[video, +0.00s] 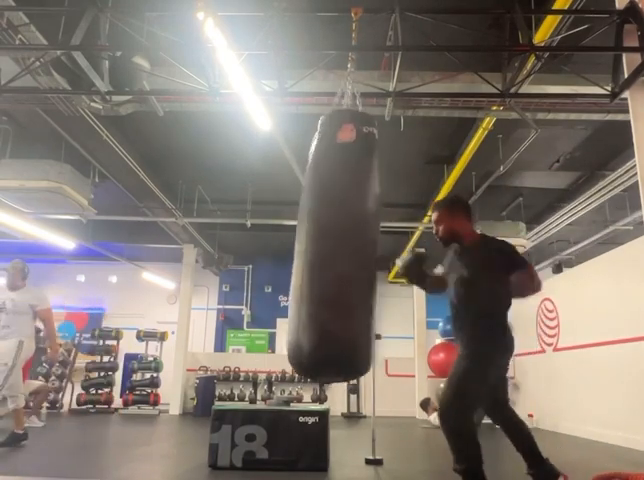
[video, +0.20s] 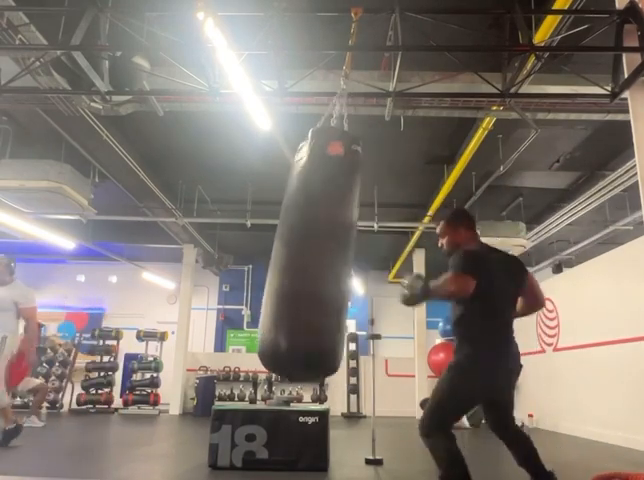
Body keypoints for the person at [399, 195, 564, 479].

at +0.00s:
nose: (435, 230)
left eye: (438, 222)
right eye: (434, 224)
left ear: (458, 219)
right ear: (455, 221)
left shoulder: (495, 249)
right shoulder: (455, 254)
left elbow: (531, 283)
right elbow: (445, 283)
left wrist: (491, 287)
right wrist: (419, 277)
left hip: (489, 345)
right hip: (474, 344)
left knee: (452, 411)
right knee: (497, 408)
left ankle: (472, 474)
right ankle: (542, 470)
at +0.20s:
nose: (440, 244)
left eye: (442, 236)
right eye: (439, 238)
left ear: (462, 231)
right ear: (469, 232)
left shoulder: (466, 256)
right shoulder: (509, 261)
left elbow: (461, 285)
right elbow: (536, 301)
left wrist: (424, 290)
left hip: (474, 360)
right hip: (506, 360)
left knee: (432, 427)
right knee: (503, 424)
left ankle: (457, 476)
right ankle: (542, 475)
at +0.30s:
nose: (436, 237)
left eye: (437, 229)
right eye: (433, 231)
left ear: (456, 221)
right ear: (460, 222)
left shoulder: (467, 253)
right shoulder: (502, 242)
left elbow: (473, 303)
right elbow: (534, 270)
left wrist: (438, 298)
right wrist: (500, 284)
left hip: (481, 355)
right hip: (511, 349)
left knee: (444, 423)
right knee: (507, 411)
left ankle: (462, 475)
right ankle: (537, 470)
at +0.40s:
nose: (436, 231)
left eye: (437, 222)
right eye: (433, 225)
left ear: (454, 213)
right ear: (463, 212)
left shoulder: (472, 241)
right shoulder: (505, 229)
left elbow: (475, 299)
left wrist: (433, 287)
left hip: (496, 340)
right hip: (528, 335)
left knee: (461, 415)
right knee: (510, 405)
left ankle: (476, 474)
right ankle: (535, 472)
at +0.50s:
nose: (442, 233)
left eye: (443, 224)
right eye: (440, 226)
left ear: (461, 215)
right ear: (470, 214)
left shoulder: (477, 246)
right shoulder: (513, 233)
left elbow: (471, 305)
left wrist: (430, 292)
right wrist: (460, 247)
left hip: (500, 347)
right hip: (535, 344)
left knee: (464, 421)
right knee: (520, 416)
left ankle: (487, 474)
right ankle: (537, 474)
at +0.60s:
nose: (449, 233)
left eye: (449, 223)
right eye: (447, 226)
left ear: (466, 214)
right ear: (479, 212)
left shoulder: (482, 244)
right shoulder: (524, 237)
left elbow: (477, 302)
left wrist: (435, 307)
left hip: (508, 352)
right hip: (545, 349)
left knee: (462, 429)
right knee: (537, 422)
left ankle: (486, 475)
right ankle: (555, 473)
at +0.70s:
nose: (461, 220)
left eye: (462, 211)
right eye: (459, 213)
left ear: (480, 200)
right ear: (494, 199)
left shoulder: (494, 224)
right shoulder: (542, 224)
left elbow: (504, 265)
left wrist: (465, 298)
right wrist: (473, 247)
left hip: (522, 342)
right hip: (560, 339)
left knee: (479, 429)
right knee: (545, 412)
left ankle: (493, 474)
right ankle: (581, 473)